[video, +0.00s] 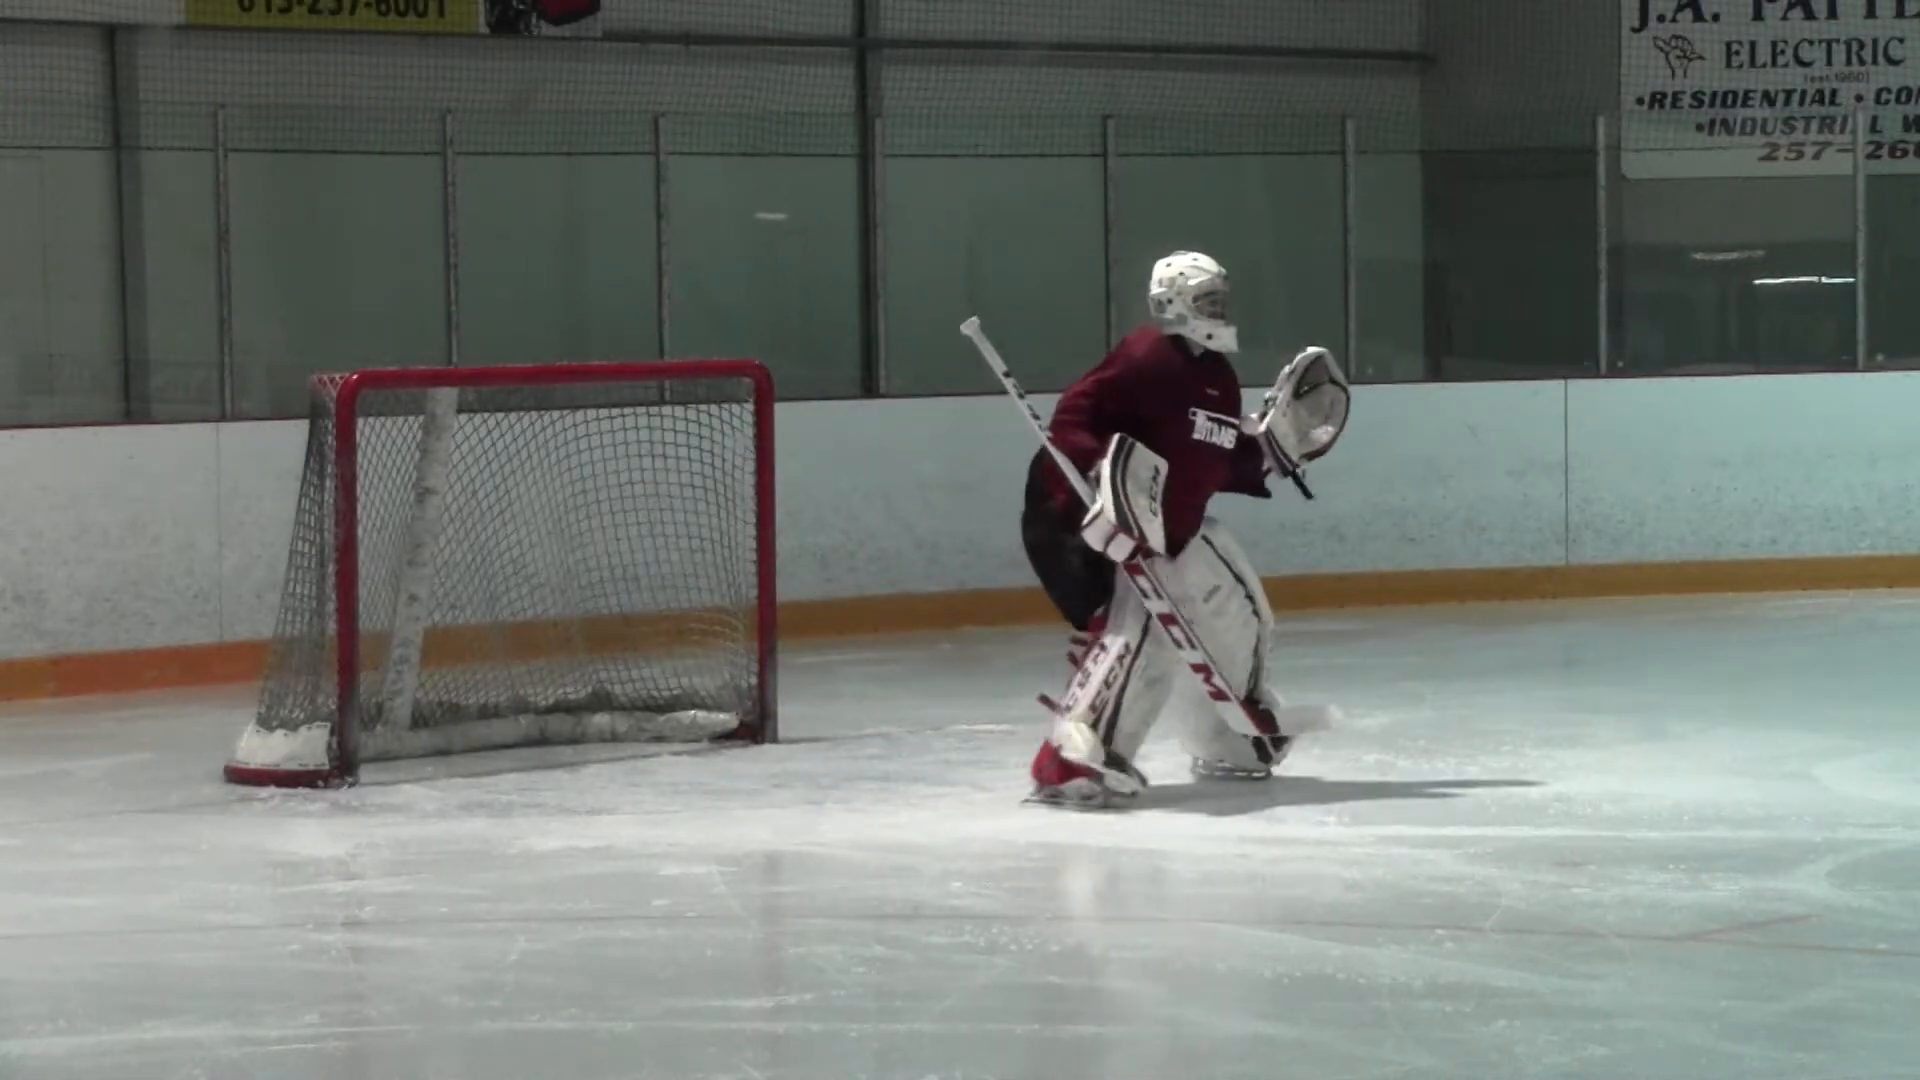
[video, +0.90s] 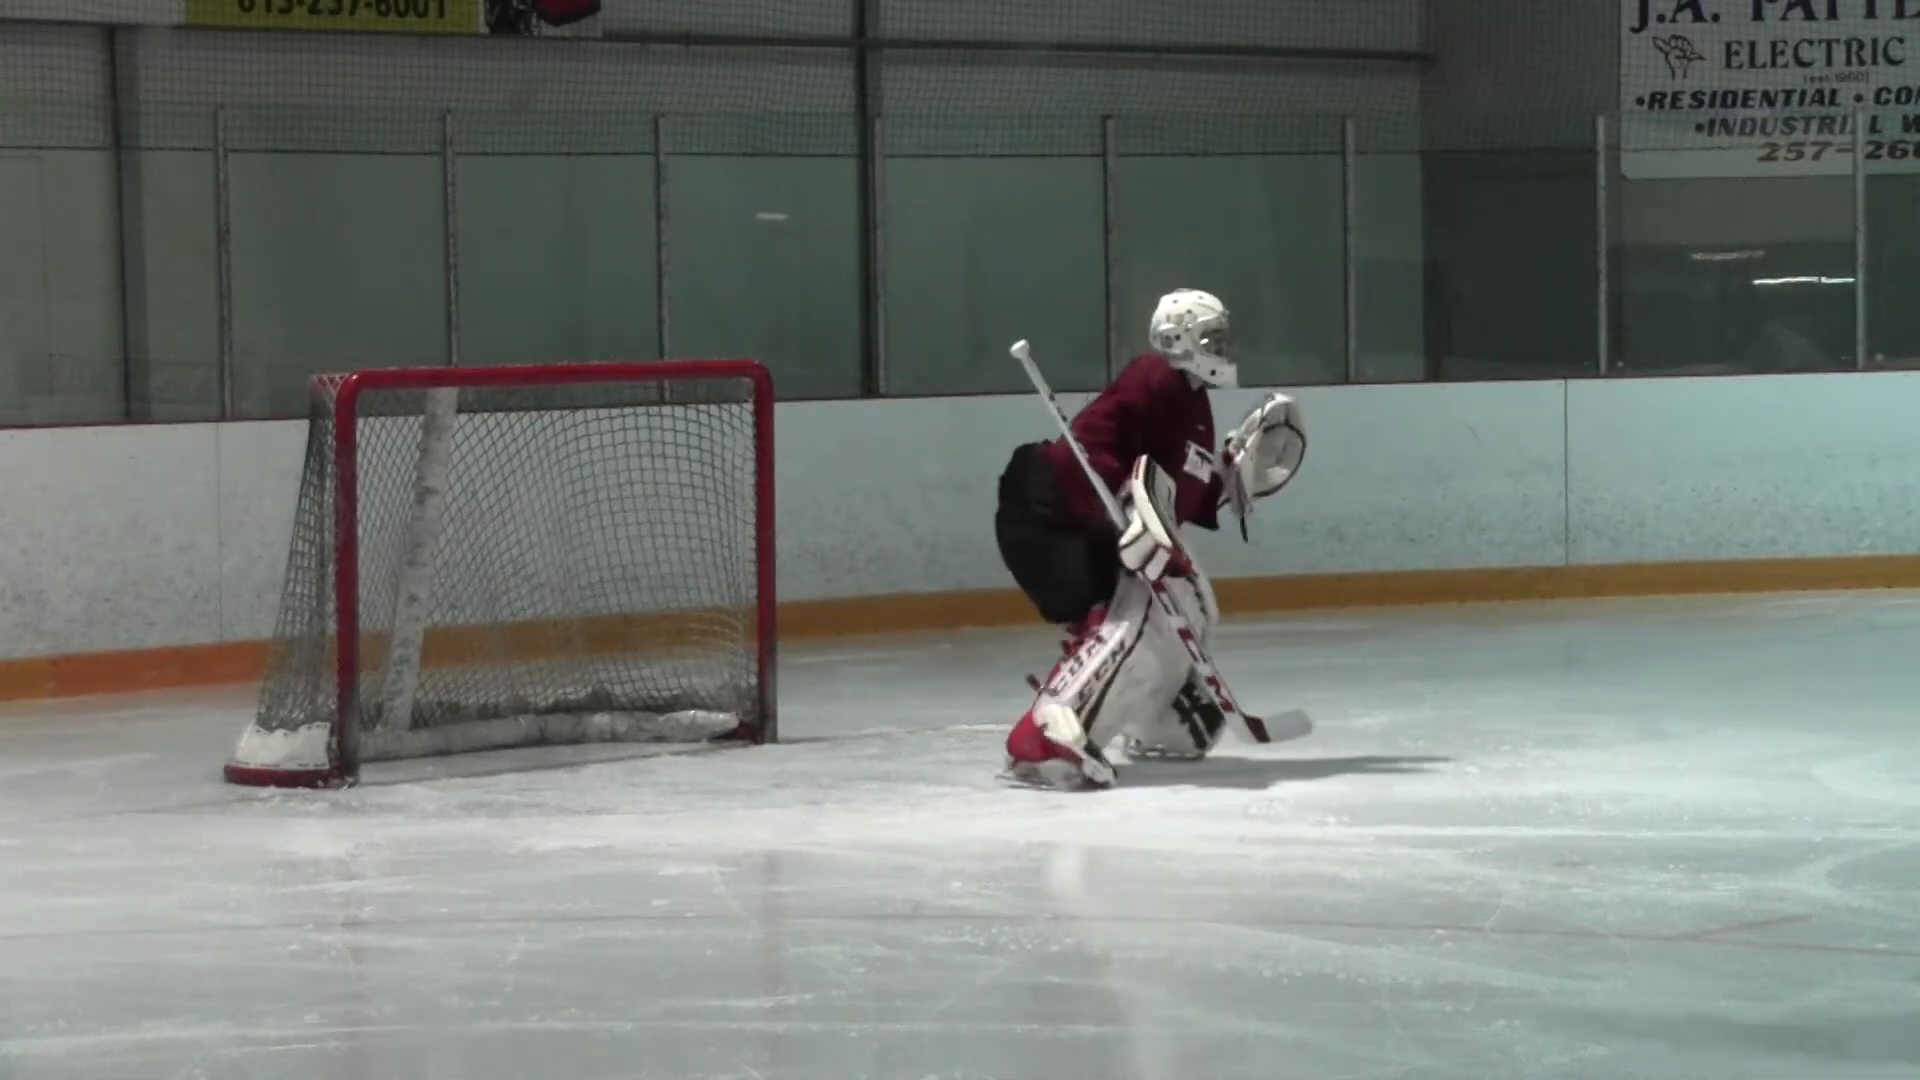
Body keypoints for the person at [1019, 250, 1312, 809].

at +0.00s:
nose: (1220, 309)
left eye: (1221, 299)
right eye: (1206, 301)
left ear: (1221, 302)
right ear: (1172, 308)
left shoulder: (1218, 376)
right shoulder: (1147, 358)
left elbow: (1204, 462)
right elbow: (1068, 420)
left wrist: (1274, 447)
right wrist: (1115, 480)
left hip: (1165, 530)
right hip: (1086, 525)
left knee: (1230, 610)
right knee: (1140, 632)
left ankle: (1231, 741)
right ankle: (1078, 757)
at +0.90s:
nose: (1224, 346)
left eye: (1224, 335)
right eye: (1213, 337)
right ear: (1182, 342)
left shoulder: (1193, 402)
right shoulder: (1155, 378)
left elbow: (1191, 493)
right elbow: (1087, 439)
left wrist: (1239, 479)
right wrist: (1131, 508)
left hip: (1094, 512)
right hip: (1046, 499)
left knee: (1182, 596)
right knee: (1123, 618)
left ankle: (1160, 726)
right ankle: (1044, 735)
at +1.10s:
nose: (1202, 371)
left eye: (1202, 359)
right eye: (1191, 359)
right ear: (1160, 364)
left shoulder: (1168, 423)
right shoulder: (1133, 398)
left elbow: (1166, 525)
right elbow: (1067, 462)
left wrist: (1209, 493)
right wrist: (1120, 533)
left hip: (1060, 534)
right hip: (1018, 524)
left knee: (1137, 622)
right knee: (1109, 632)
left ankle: (1097, 729)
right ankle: (1011, 729)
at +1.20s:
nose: (1192, 385)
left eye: (1192, 373)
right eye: (1181, 374)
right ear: (1150, 378)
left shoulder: (1148, 423)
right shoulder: (1128, 415)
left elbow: (1165, 511)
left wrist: (1201, 504)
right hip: (1012, 538)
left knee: (1130, 651)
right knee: (1117, 655)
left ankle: (1080, 734)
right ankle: (1010, 727)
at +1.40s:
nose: (1179, 402)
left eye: (1180, 391)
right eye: (1169, 391)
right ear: (1139, 393)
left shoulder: (1130, 438)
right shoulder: (1116, 430)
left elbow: (1149, 521)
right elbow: (1141, 516)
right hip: (1006, 560)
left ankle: (1071, 732)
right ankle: (1005, 731)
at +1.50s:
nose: (1169, 404)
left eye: (1170, 393)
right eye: (1158, 393)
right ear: (1128, 393)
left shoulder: (1123, 441)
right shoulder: (1104, 428)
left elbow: (1131, 532)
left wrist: (1166, 587)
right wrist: (1132, 563)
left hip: (1065, 580)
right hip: (1020, 573)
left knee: (1139, 661)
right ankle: (992, 727)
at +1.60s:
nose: (1163, 422)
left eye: (1165, 412)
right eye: (1156, 411)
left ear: (1107, 402)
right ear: (1132, 408)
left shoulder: (1079, 437)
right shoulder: (1115, 460)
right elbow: (1129, 583)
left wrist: (1165, 622)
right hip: (1041, 604)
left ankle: (1000, 714)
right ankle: (1013, 723)